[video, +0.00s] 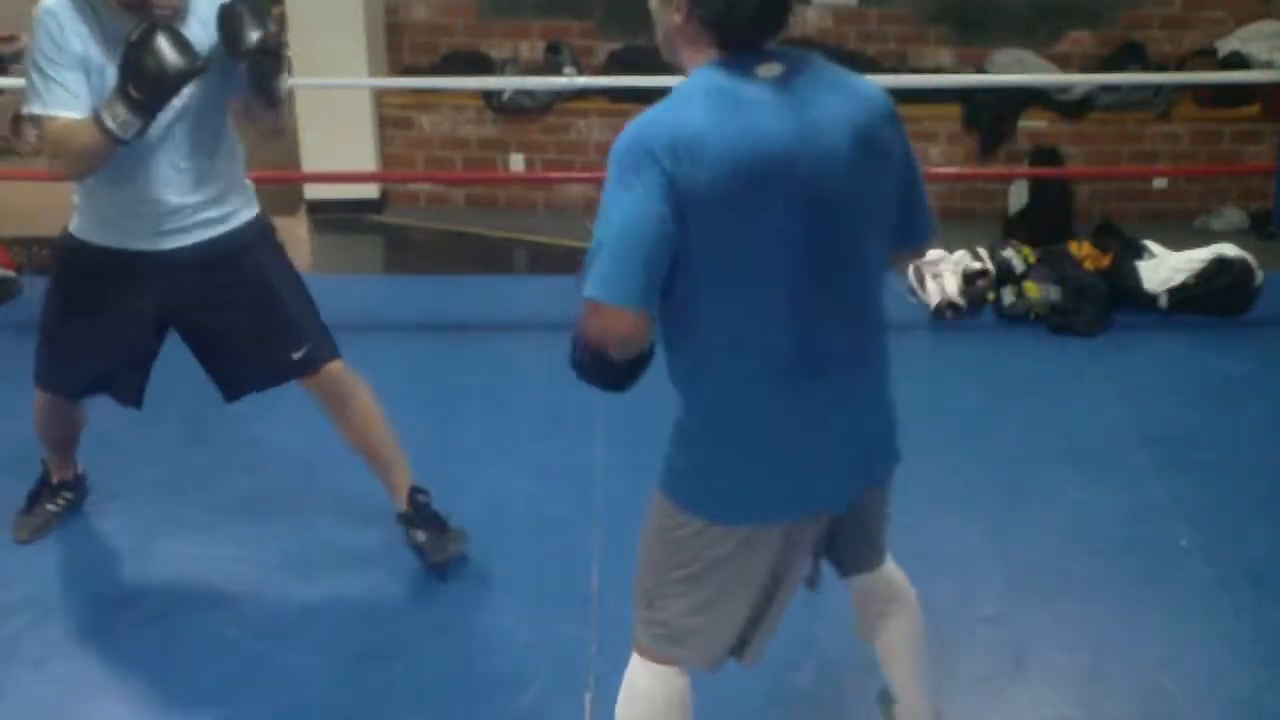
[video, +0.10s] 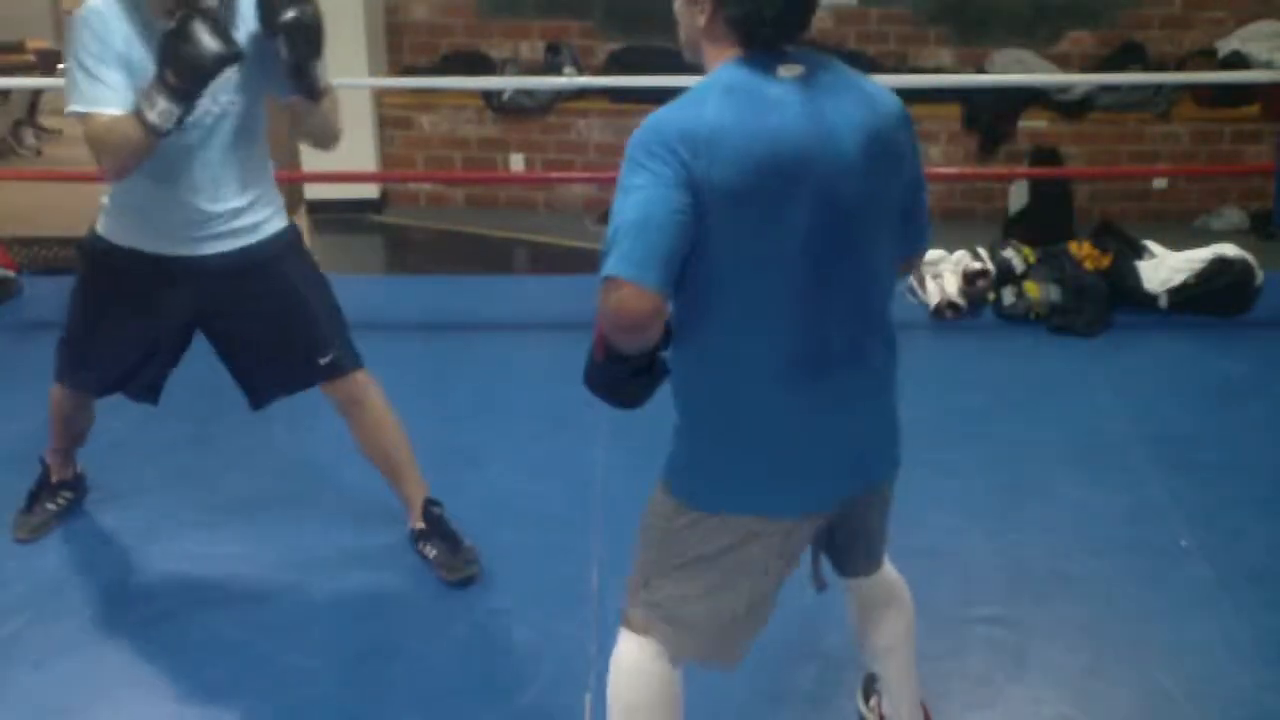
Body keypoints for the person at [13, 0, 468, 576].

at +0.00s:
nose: (166, 3)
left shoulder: (217, 11)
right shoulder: (62, 18)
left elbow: (268, 130)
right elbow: (66, 158)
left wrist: (264, 78)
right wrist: (129, 104)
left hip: (224, 230)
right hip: (107, 242)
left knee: (323, 370)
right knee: (54, 393)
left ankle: (412, 504)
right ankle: (61, 481)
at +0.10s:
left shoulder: (254, 14)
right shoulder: (103, 21)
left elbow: (324, 135)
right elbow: (110, 157)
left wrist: (304, 70)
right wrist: (172, 88)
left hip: (253, 235)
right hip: (134, 242)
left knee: (346, 377)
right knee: (75, 382)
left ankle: (424, 516)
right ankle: (59, 476)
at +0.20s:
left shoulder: (303, 16)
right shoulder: (156, 14)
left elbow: (360, 142)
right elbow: (161, 150)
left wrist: (344, 62)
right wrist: (223, 78)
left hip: (280, 227)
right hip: (167, 231)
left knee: (369, 368)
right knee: (107, 373)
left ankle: (427, 517)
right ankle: (69, 476)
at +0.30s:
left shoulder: (337, 13)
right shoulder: (189, 11)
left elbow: (382, 145)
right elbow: (196, 145)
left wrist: (374, 71)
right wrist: (259, 80)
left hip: (298, 223)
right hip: (188, 221)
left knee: (378, 367)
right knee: (122, 358)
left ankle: (428, 518)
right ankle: (106, 461)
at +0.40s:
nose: (273, 2)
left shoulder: (350, 11)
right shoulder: (197, 11)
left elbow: (389, 147)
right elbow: (205, 141)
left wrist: (380, 82)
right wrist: (274, 79)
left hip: (312, 220)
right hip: (199, 218)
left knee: (385, 368)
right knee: (141, 351)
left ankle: (430, 519)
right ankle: (161, 433)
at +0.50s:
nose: (262, 0)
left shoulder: (342, 7)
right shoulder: (190, 9)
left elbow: (375, 133)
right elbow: (197, 136)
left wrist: (371, 94)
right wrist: (264, 78)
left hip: (317, 214)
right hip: (205, 217)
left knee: (390, 362)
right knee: (163, 353)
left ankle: (431, 520)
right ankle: (191, 433)